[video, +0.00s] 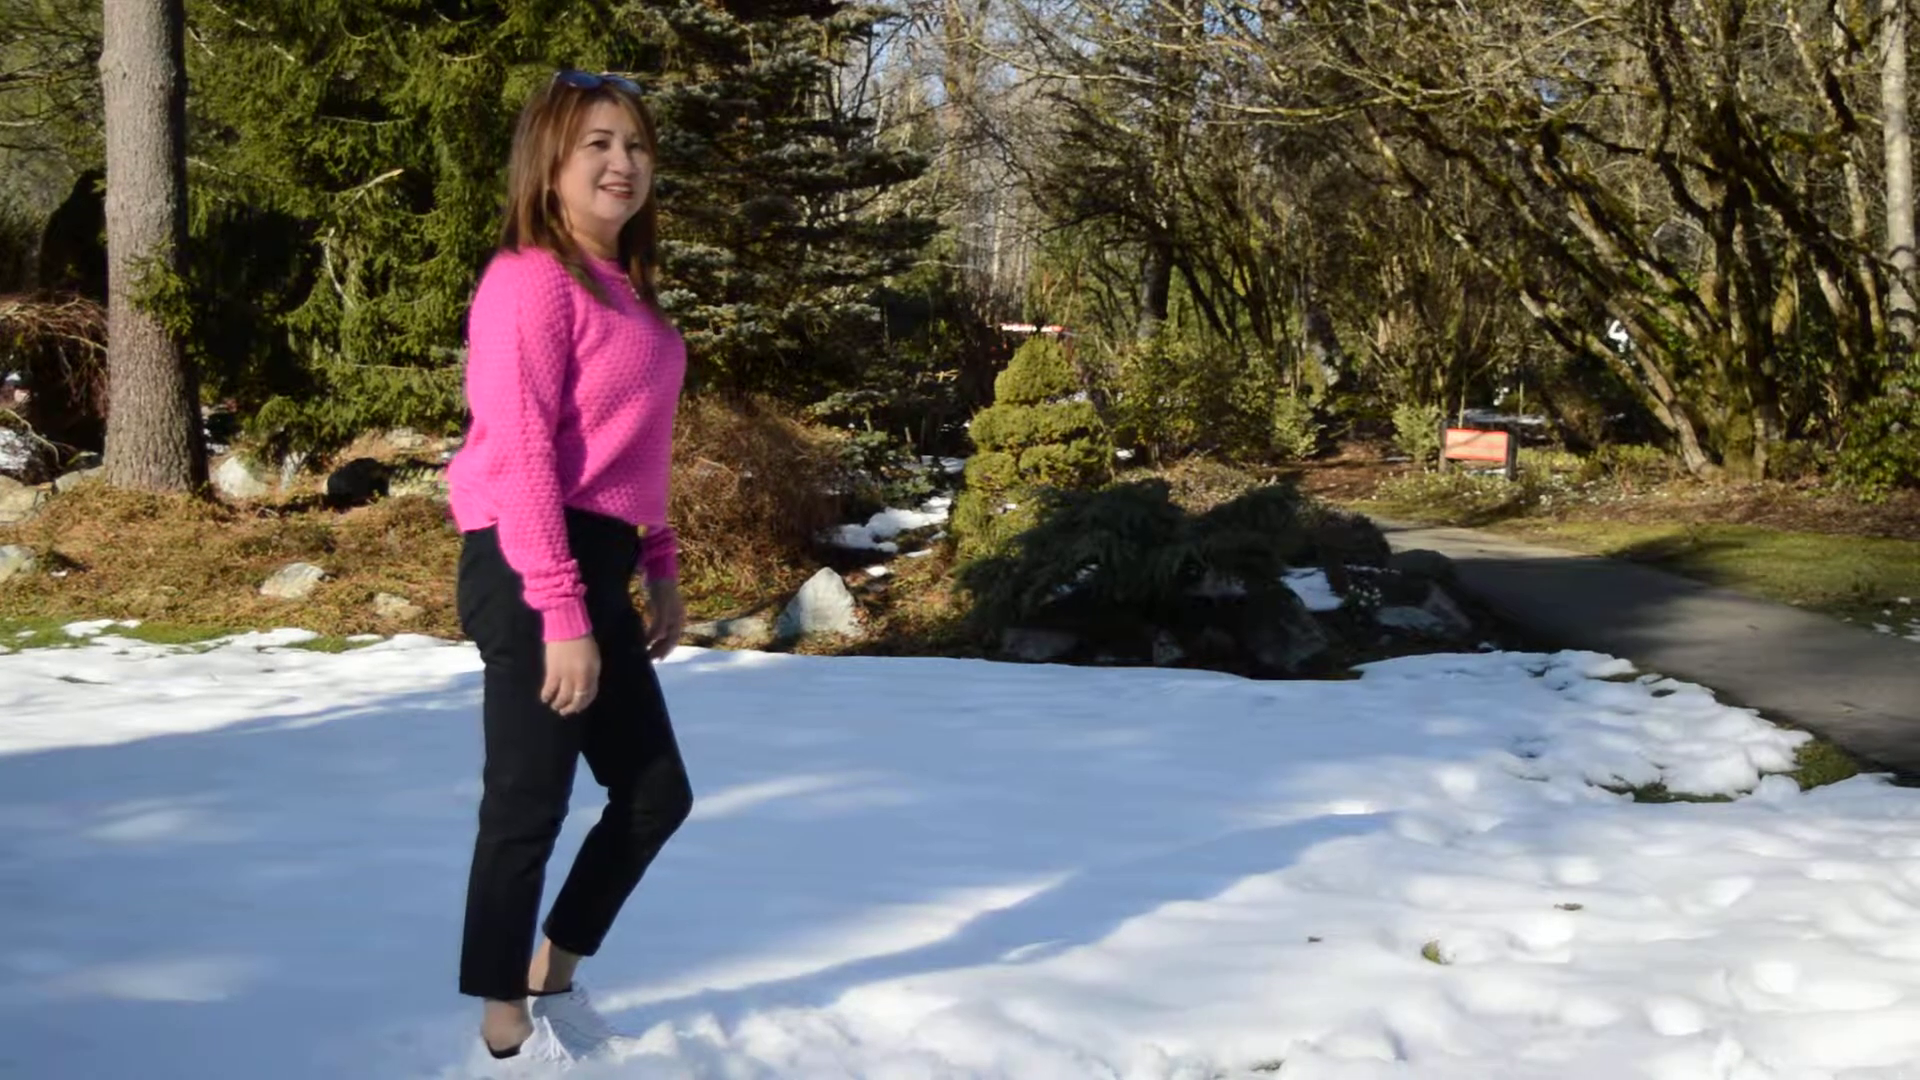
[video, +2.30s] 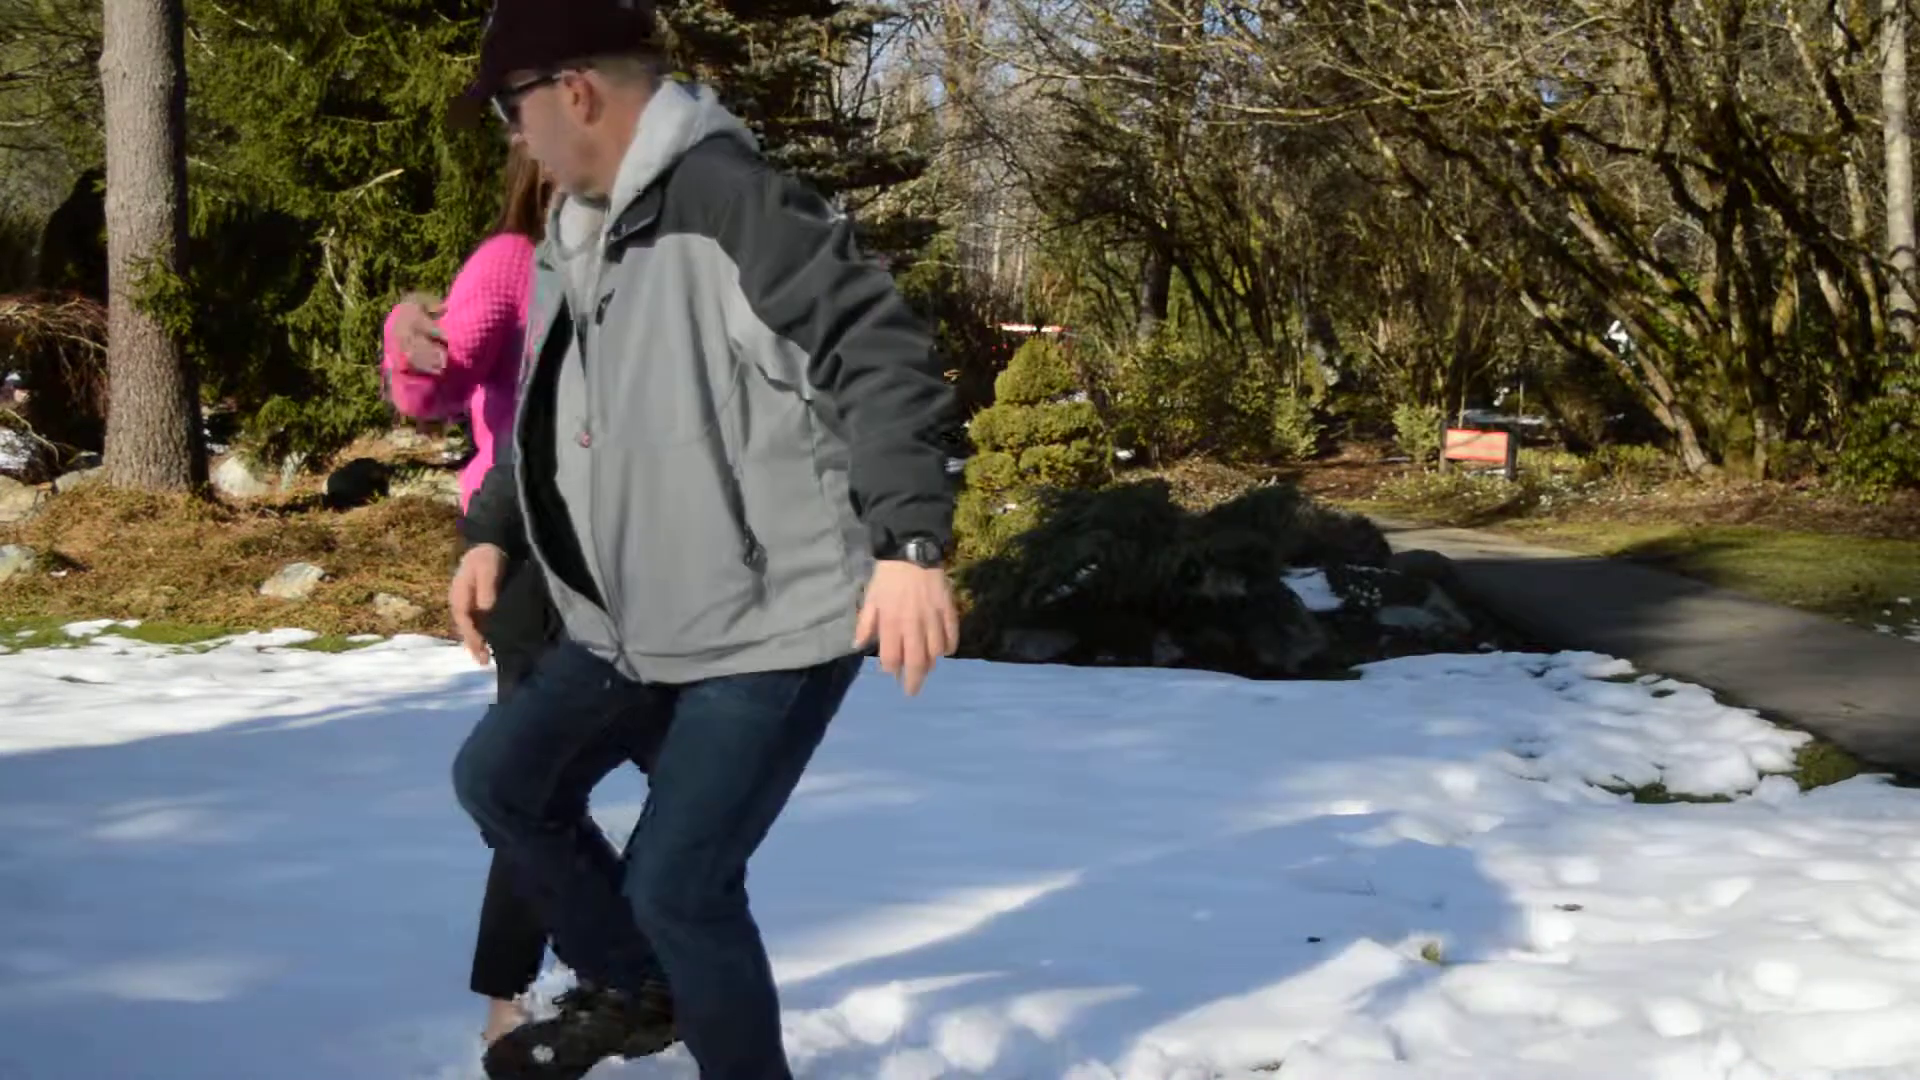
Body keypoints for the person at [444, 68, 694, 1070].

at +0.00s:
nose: (623, 163)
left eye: (636, 146)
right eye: (599, 143)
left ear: (650, 170)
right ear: (550, 162)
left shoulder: (620, 291)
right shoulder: (526, 280)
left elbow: (629, 449)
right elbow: (521, 454)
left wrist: (659, 569)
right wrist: (562, 611)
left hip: (595, 558)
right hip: (524, 553)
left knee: (656, 794)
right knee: (526, 801)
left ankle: (549, 977)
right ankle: (501, 1039)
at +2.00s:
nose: (610, 159)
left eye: (622, 142)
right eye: (587, 141)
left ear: (638, 162)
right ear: (539, 161)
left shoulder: (630, 280)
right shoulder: (511, 278)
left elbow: (654, 422)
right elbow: (489, 439)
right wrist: (529, 574)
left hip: (612, 562)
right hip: (530, 564)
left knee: (658, 790)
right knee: (530, 805)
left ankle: (551, 976)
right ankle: (501, 1036)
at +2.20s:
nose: (602, 174)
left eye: (607, 157)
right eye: (584, 159)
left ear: (615, 169)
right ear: (543, 172)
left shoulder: (642, 269)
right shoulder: (514, 270)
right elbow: (453, 369)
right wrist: (420, 456)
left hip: (631, 549)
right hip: (528, 549)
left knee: (642, 769)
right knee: (530, 788)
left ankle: (582, 962)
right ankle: (506, 1031)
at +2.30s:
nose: (575, 179)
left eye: (581, 163)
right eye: (563, 164)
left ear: (603, 157)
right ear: (540, 174)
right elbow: (428, 398)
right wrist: (408, 344)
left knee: (681, 767)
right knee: (533, 774)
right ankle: (506, 1006)